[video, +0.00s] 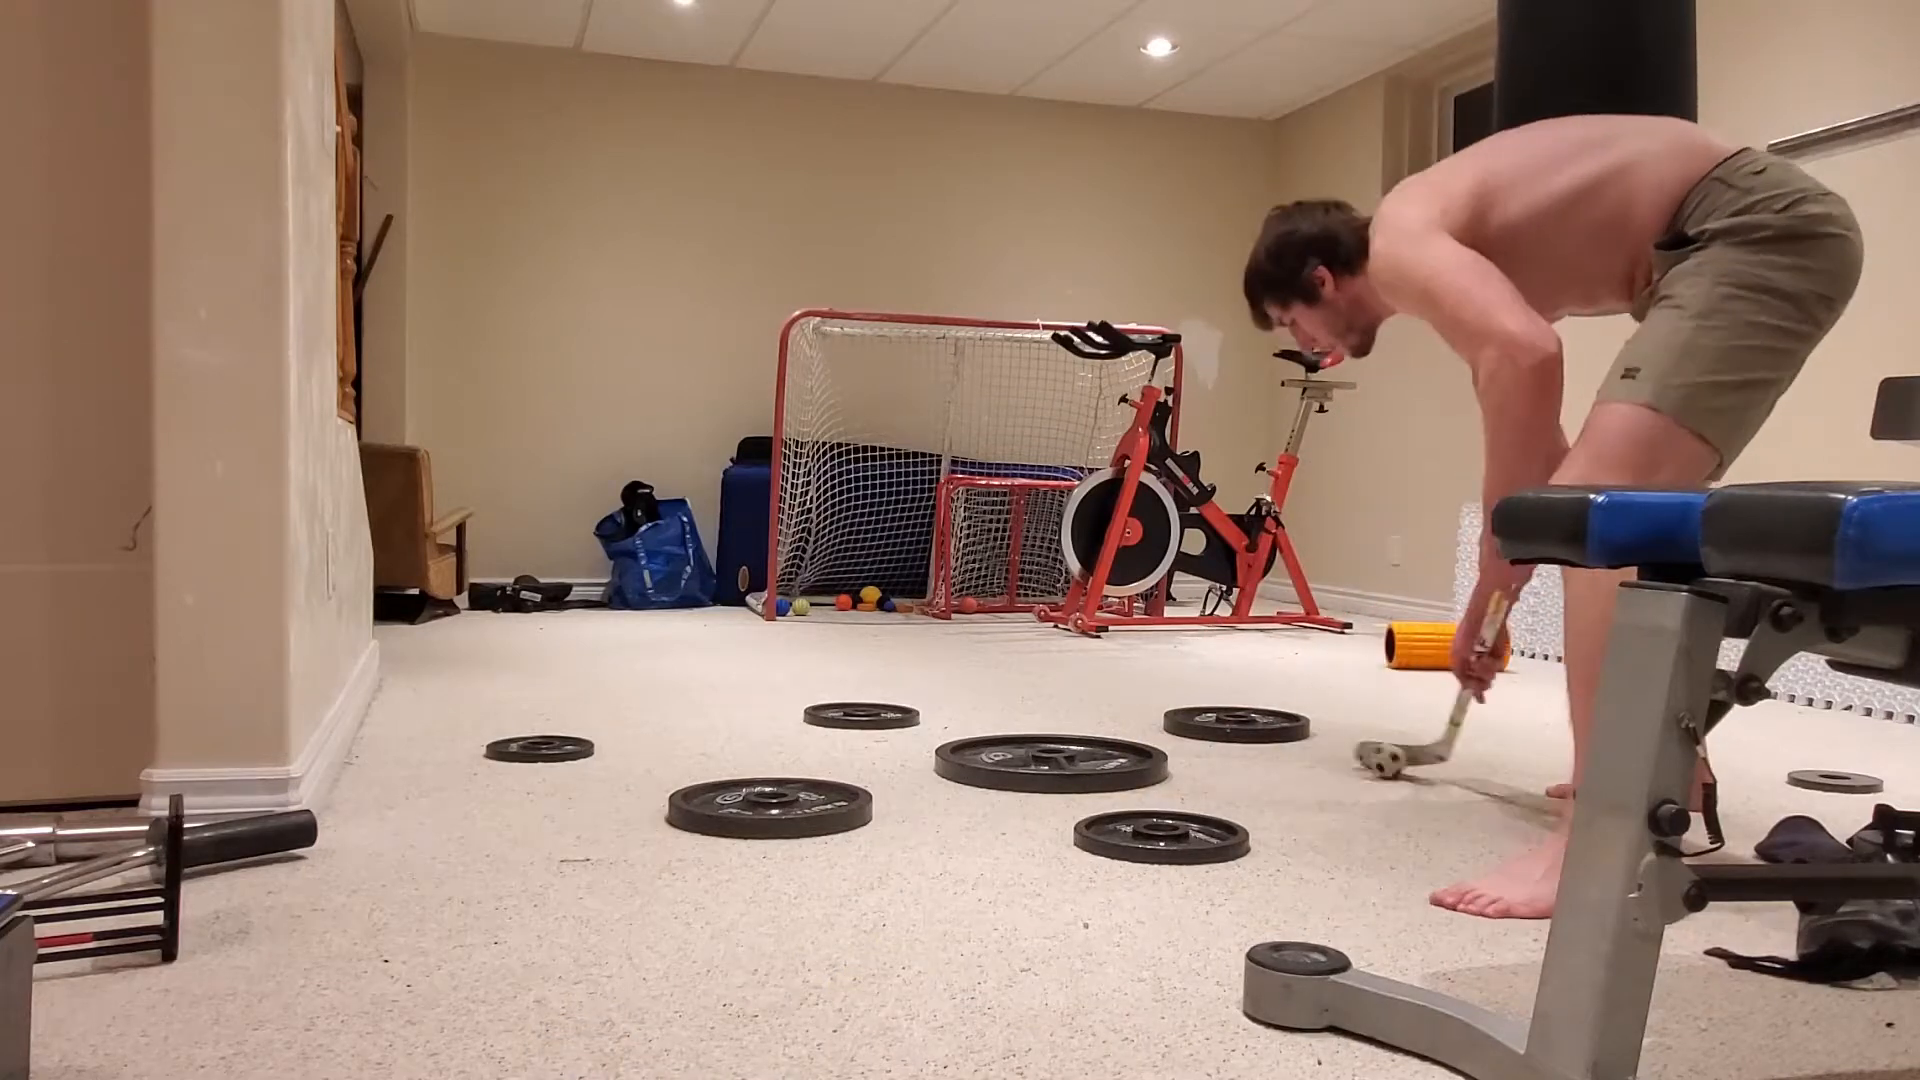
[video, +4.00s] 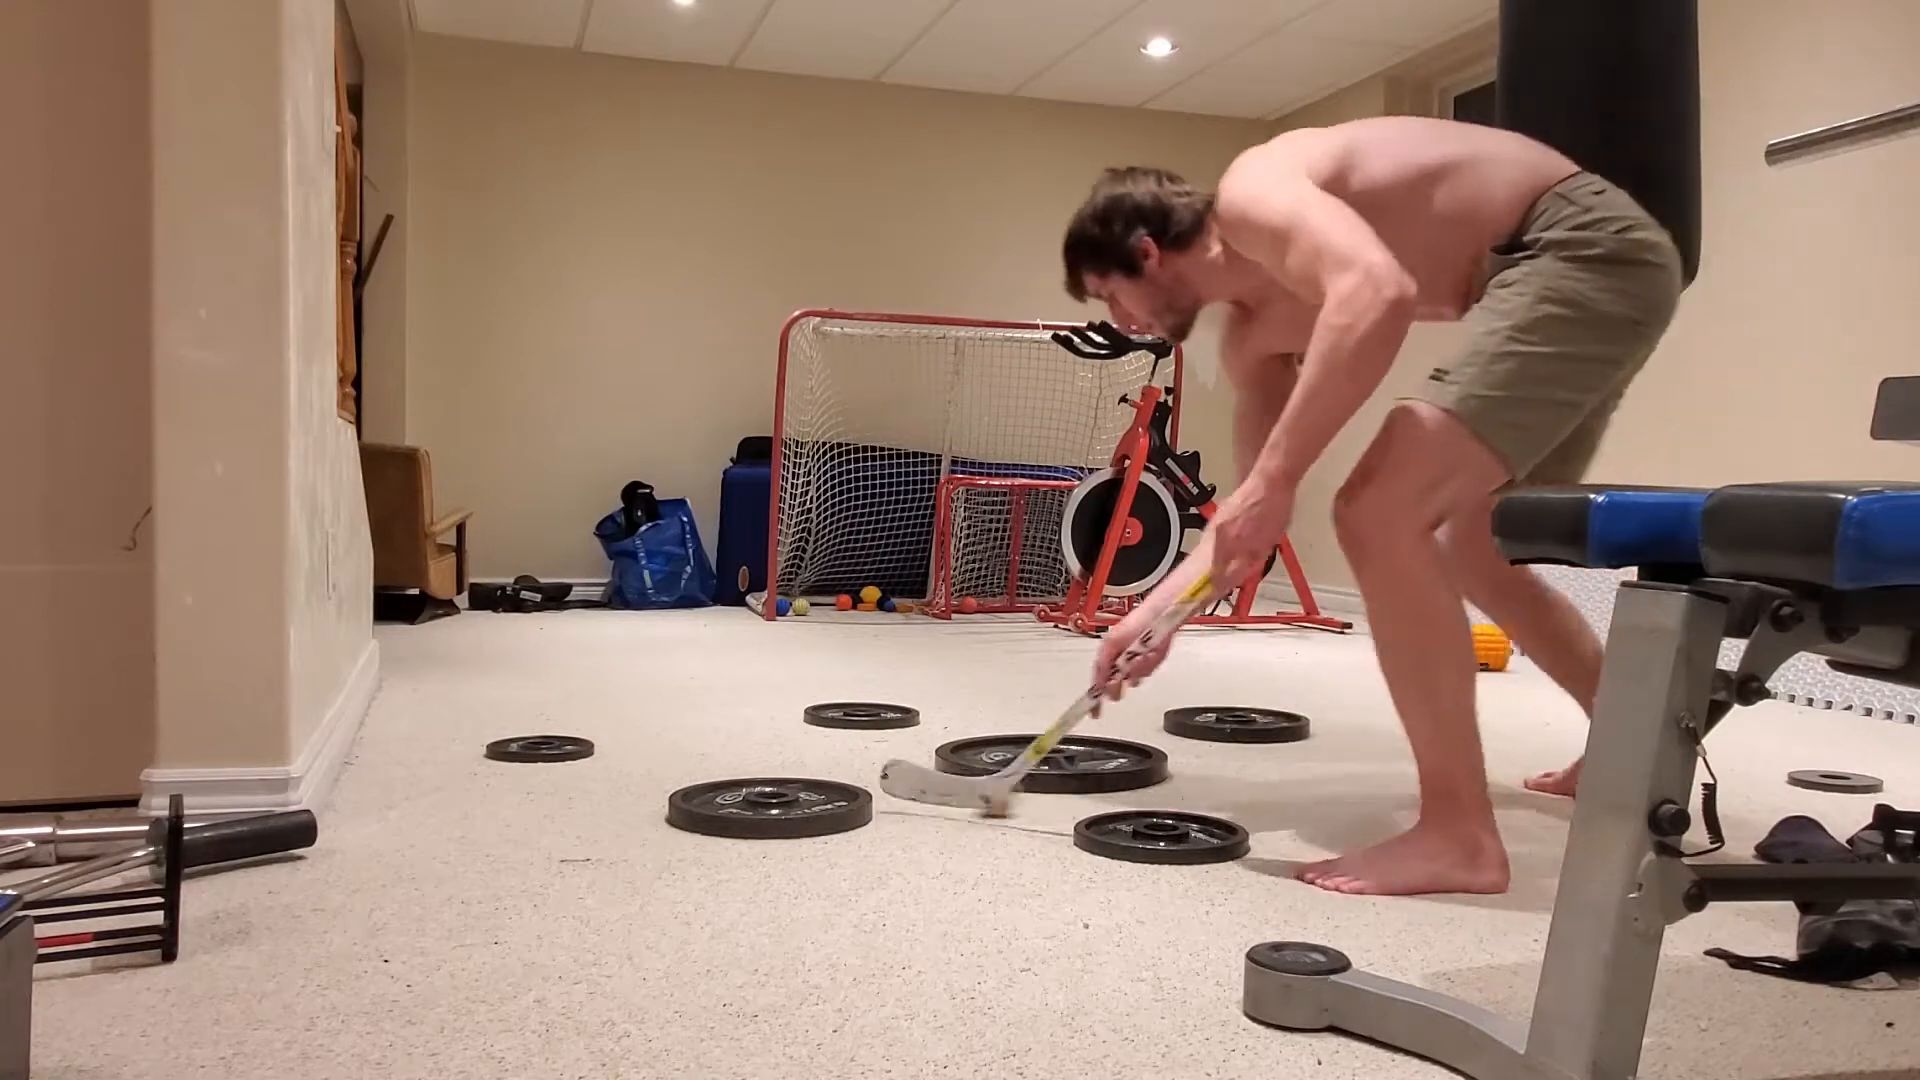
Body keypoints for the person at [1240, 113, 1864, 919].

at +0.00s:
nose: (1309, 355)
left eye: (1295, 333)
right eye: (1293, 345)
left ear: (1322, 280)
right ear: (1331, 276)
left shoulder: (1399, 240)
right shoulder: (1428, 251)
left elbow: (1527, 354)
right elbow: (1520, 456)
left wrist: (1504, 560)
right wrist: (1487, 603)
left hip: (1753, 228)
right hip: (1727, 242)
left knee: (1588, 510)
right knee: (1627, 516)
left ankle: (1596, 834)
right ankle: (1672, 766)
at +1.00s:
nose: (1257, 298)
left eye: (1247, 265)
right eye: (1238, 286)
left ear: (1291, 198)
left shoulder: (1415, 131)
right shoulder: (1391, 298)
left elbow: (1654, 45)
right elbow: (1547, 376)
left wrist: (1614, 286)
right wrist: (1538, 536)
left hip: (1758, 178)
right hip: (1676, 240)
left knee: (1661, 474)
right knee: (1642, 471)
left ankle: (1621, 834)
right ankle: (1669, 757)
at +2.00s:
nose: (1326, 352)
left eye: (1313, 329)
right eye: (1310, 342)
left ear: (1339, 277)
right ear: (1345, 279)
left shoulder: (1416, 244)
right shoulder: (1471, 304)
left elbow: (1525, 317)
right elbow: (1538, 473)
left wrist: (1492, 513)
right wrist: (1471, 600)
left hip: (1759, 254)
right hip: (1704, 287)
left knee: (1623, 532)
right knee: (1583, 522)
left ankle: (1578, 845)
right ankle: (1668, 754)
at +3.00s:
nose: (1201, 303)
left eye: (1189, 278)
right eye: (1184, 290)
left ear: (1228, 226)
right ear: (1237, 228)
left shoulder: (1335, 202)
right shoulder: (1351, 269)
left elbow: (1505, 283)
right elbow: (1458, 411)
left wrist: (1407, 431)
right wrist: (1380, 549)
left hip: (1719, 207)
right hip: (1658, 231)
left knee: (1540, 492)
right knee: (1529, 491)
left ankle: (1579, 849)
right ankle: (1607, 748)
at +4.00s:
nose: (1125, 324)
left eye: (1113, 300)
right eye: (1108, 313)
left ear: (1146, 250)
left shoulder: (1252, 197)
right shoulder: (1258, 339)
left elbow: (1373, 293)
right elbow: (1261, 499)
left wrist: (1272, 484)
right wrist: (1159, 608)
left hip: (1585, 249)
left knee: (1379, 514)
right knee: (1464, 544)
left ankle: (1459, 834)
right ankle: (1637, 736)